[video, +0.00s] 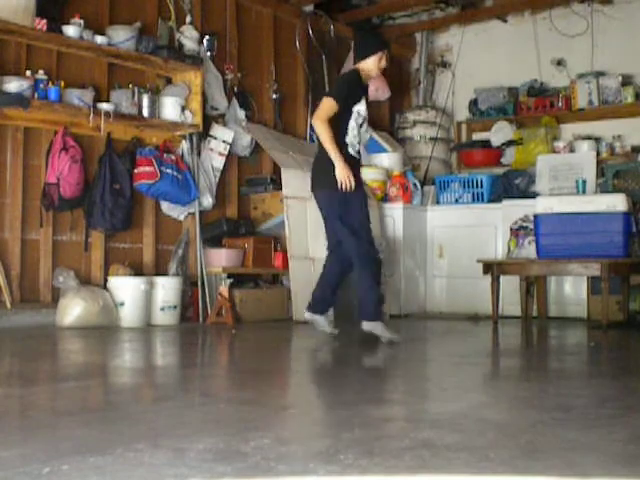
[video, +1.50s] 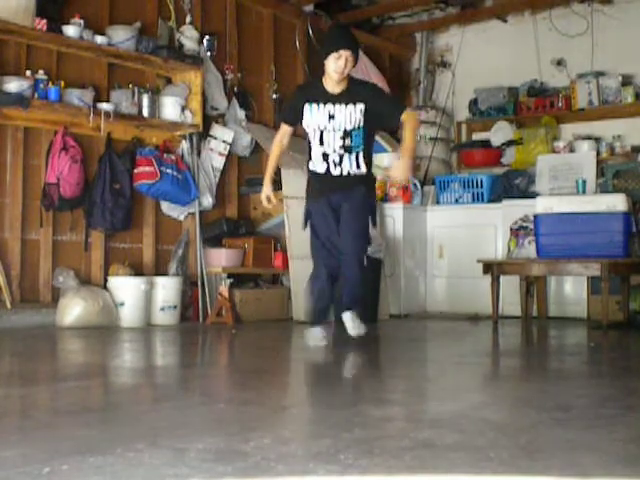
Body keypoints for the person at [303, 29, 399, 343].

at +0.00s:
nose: (384, 65)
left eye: (384, 59)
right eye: (382, 58)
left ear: (366, 57)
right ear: (370, 57)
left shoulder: (357, 86)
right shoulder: (350, 83)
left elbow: (346, 132)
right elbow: (319, 119)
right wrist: (339, 162)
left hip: (334, 178)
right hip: (339, 178)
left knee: (342, 248)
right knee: (363, 247)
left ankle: (317, 309)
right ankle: (371, 317)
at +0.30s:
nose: (380, 68)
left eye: (381, 62)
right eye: (376, 61)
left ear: (367, 63)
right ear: (360, 60)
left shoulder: (360, 97)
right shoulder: (343, 86)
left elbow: (354, 141)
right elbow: (326, 126)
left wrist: (367, 173)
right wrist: (359, 157)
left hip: (343, 182)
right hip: (330, 182)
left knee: (349, 254)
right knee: (349, 254)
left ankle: (326, 320)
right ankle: (335, 322)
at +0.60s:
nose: (360, 49)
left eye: (363, 43)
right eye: (355, 42)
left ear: (362, 45)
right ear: (340, 41)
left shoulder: (357, 84)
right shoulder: (318, 70)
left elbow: (350, 130)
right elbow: (289, 109)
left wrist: (352, 164)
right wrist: (316, 150)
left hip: (342, 175)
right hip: (311, 170)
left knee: (355, 242)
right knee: (314, 232)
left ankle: (340, 313)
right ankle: (270, 290)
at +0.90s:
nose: (343, 50)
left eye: (346, 43)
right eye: (336, 43)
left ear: (350, 46)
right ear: (321, 46)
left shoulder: (361, 82)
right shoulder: (300, 81)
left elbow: (377, 122)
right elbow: (281, 129)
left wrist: (360, 155)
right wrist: (286, 173)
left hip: (344, 185)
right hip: (305, 185)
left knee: (353, 255)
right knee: (293, 255)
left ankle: (358, 321)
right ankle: (286, 322)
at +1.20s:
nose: (331, 62)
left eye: (336, 55)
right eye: (324, 55)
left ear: (342, 57)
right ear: (311, 59)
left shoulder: (359, 84)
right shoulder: (297, 98)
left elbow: (386, 106)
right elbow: (280, 145)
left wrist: (401, 145)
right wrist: (271, 187)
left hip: (359, 179)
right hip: (326, 182)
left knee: (347, 245)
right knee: (322, 253)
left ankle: (335, 315)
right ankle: (356, 316)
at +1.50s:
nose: (344, 65)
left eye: (349, 59)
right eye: (338, 58)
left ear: (354, 63)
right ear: (324, 58)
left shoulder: (367, 95)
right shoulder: (304, 95)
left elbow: (410, 117)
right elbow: (283, 135)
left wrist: (405, 161)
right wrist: (268, 179)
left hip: (356, 187)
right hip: (320, 188)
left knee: (353, 249)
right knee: (324, 253)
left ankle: (350, 308)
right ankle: (320, 321)